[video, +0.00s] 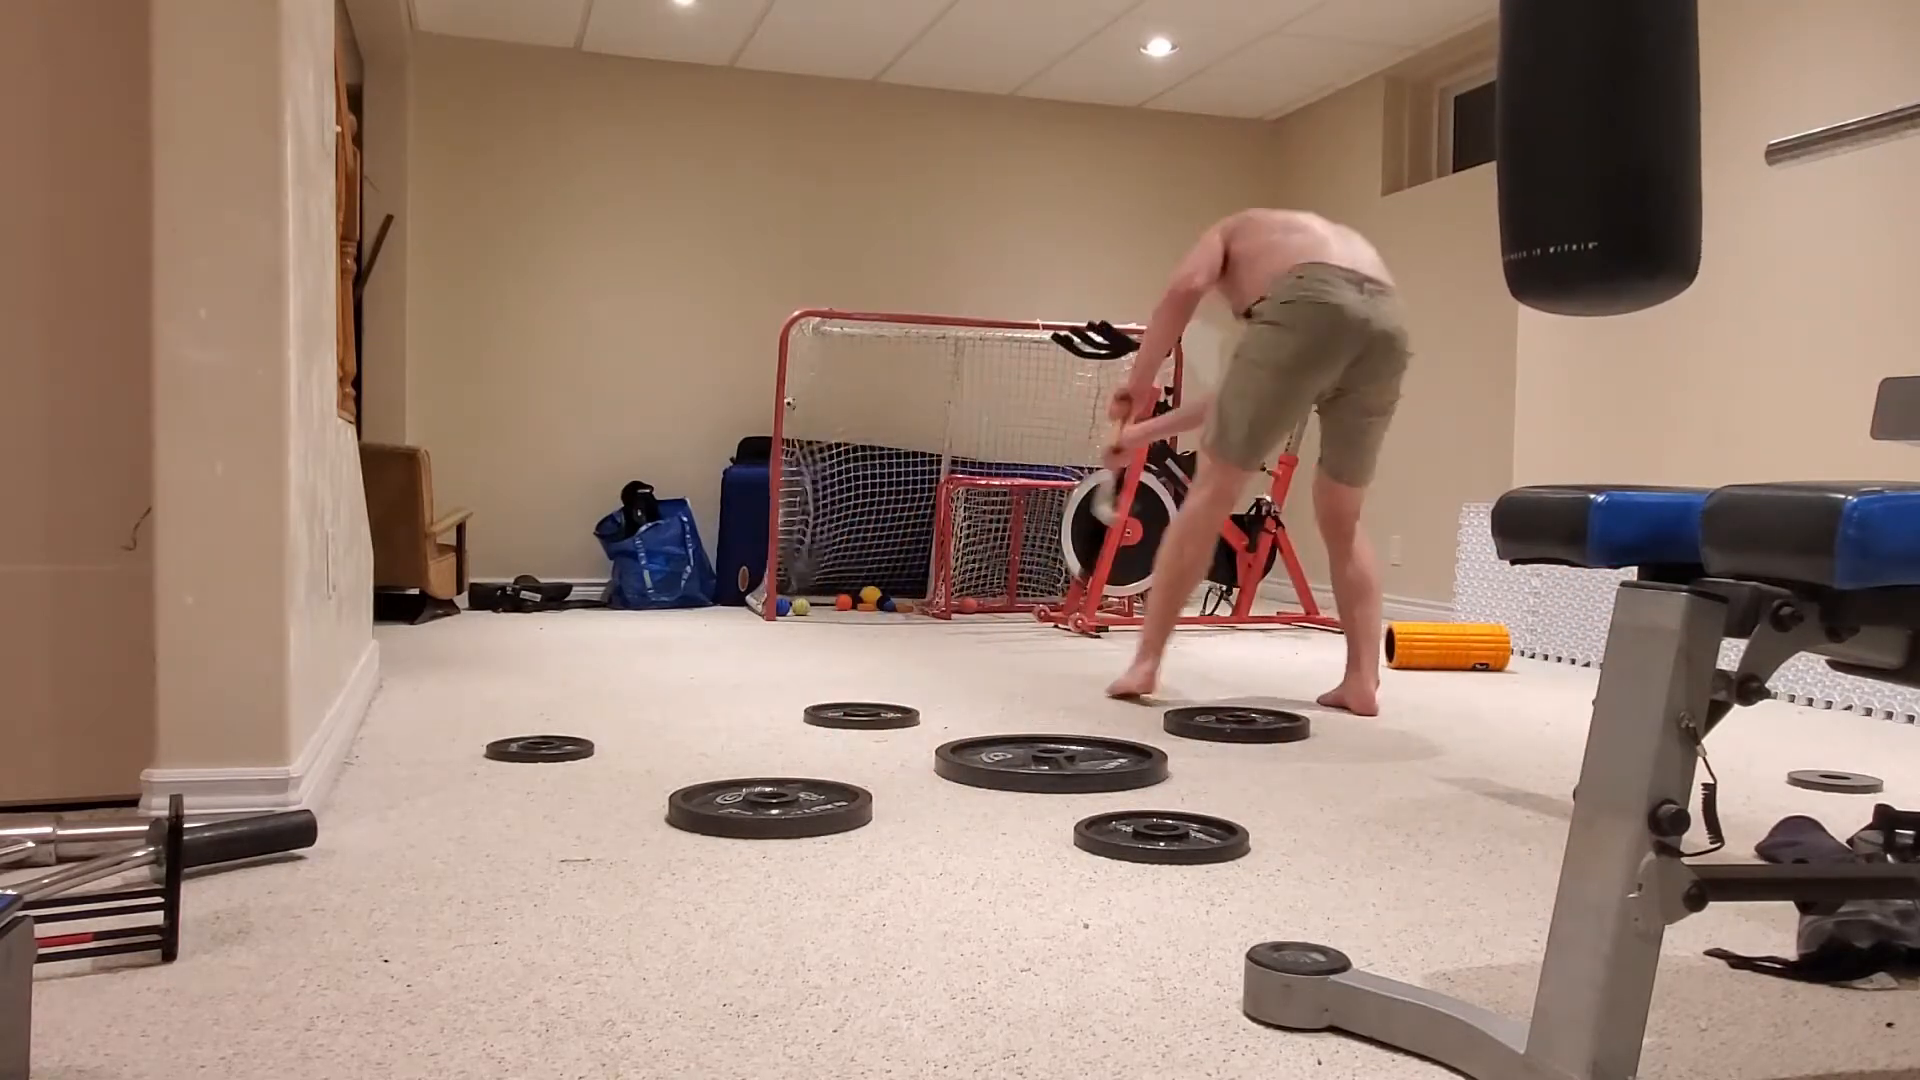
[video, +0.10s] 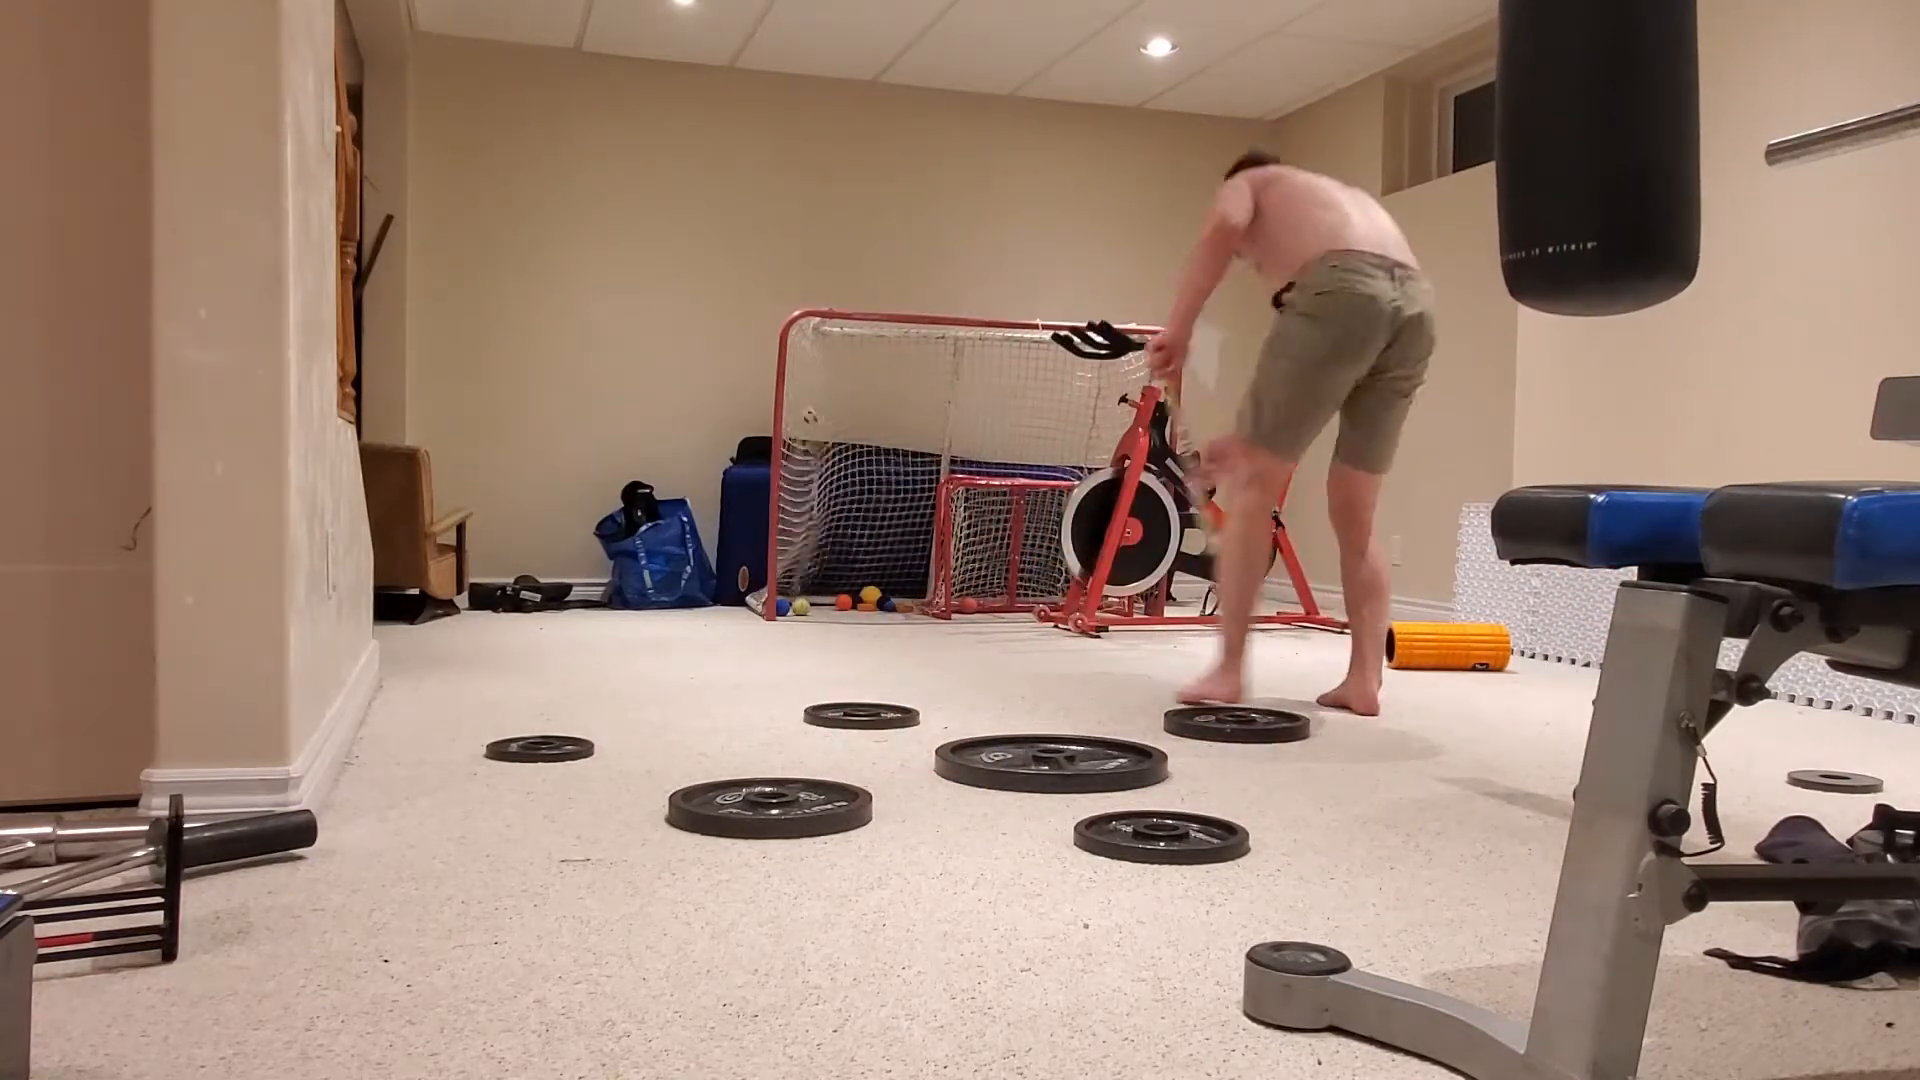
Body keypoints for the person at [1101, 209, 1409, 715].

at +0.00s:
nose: (1247, 315)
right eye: (1247, 308)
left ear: (1233, 241)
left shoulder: (1231, 229)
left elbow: (1189, 286)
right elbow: (1233, 398)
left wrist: (1139, 384)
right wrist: (1142, 434)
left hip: (1309, 298)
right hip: (1389, 320)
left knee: (1213, 494)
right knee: (1344, 520)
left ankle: (1146, 664)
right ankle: (1361, 683)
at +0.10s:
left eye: (1233, 191)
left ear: (1243, 175)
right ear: (1280, 171)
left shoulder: (1248, 179)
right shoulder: (1340, 199)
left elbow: (1229, 225)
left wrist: (1178, 328)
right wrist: (1249, 440)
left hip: (1338, 290)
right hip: (1415, 303)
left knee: (1257, 481)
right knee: (1355, 504)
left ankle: (1228, 671)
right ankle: (1364, 683)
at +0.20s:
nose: (1238, 193)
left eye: (1235, 180)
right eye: (1234, 189)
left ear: (1245, 148)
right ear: (1293, 135)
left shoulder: (1254, 150)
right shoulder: (1352, 169)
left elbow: (1274, 187)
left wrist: (1232, 296)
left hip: (1361, 290)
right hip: (1431, 299)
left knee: (1296, 484)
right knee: (1371, 502)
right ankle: (1368, 679)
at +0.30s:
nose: (1258, 171)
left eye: (1253, 159)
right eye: (1254, 168)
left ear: (1259, 133)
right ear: (1308, 118)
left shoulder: (1274, 139)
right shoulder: (1381, 167)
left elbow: (1305, 174)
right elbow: (1460, 261)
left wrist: (1284, 283)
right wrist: (1467, 367)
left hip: (1375, 301)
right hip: (1441, 308)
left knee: (1347, 507)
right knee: (1382, 505)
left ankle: (1405, 692)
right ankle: (1383, 669)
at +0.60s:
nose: (1319, 120)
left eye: (1317, 109)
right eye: (1317, 113)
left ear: (1328, 93)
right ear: (1383, 91)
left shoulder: (1348, 118)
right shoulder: (1438, 148)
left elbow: (1382, 181)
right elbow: (1511, 225)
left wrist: (1361, 293)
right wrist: (1537, 318)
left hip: (1409, 315)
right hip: (1463, 321)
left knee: (1374, 510)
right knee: (1415, 511)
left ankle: (1406, 692)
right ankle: (1457, 666)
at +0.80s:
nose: (1357, 105)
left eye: (1356, 95)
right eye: (1356, 97)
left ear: (1370, 85)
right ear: (1427, 85)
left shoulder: (1387, 118)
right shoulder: (1471, 145)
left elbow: (1406, 193)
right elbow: (1501, 246)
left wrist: (1366, 308)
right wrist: (1482, 322)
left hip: (1419, 319)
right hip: (1471, 331)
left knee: (1362, 499)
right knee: (1424, 507)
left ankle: (1405, 671)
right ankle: (1462, 664)